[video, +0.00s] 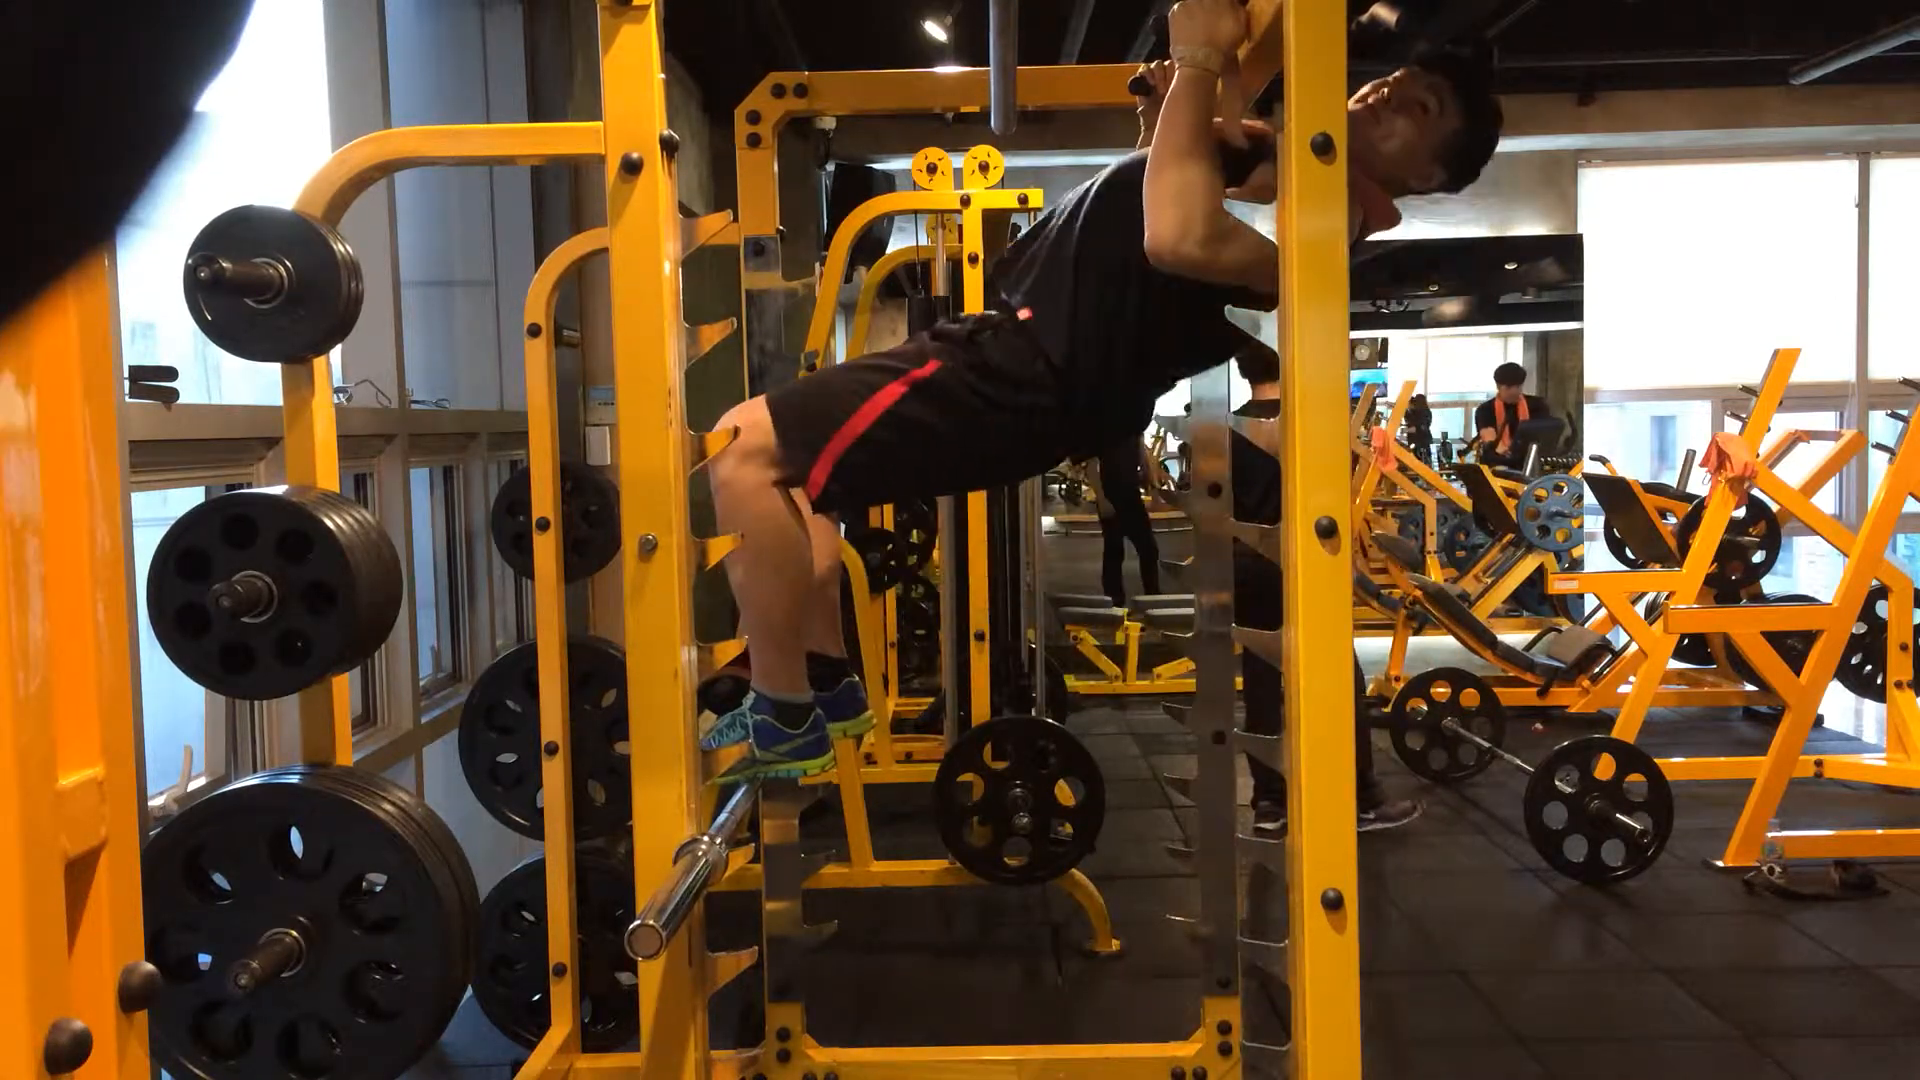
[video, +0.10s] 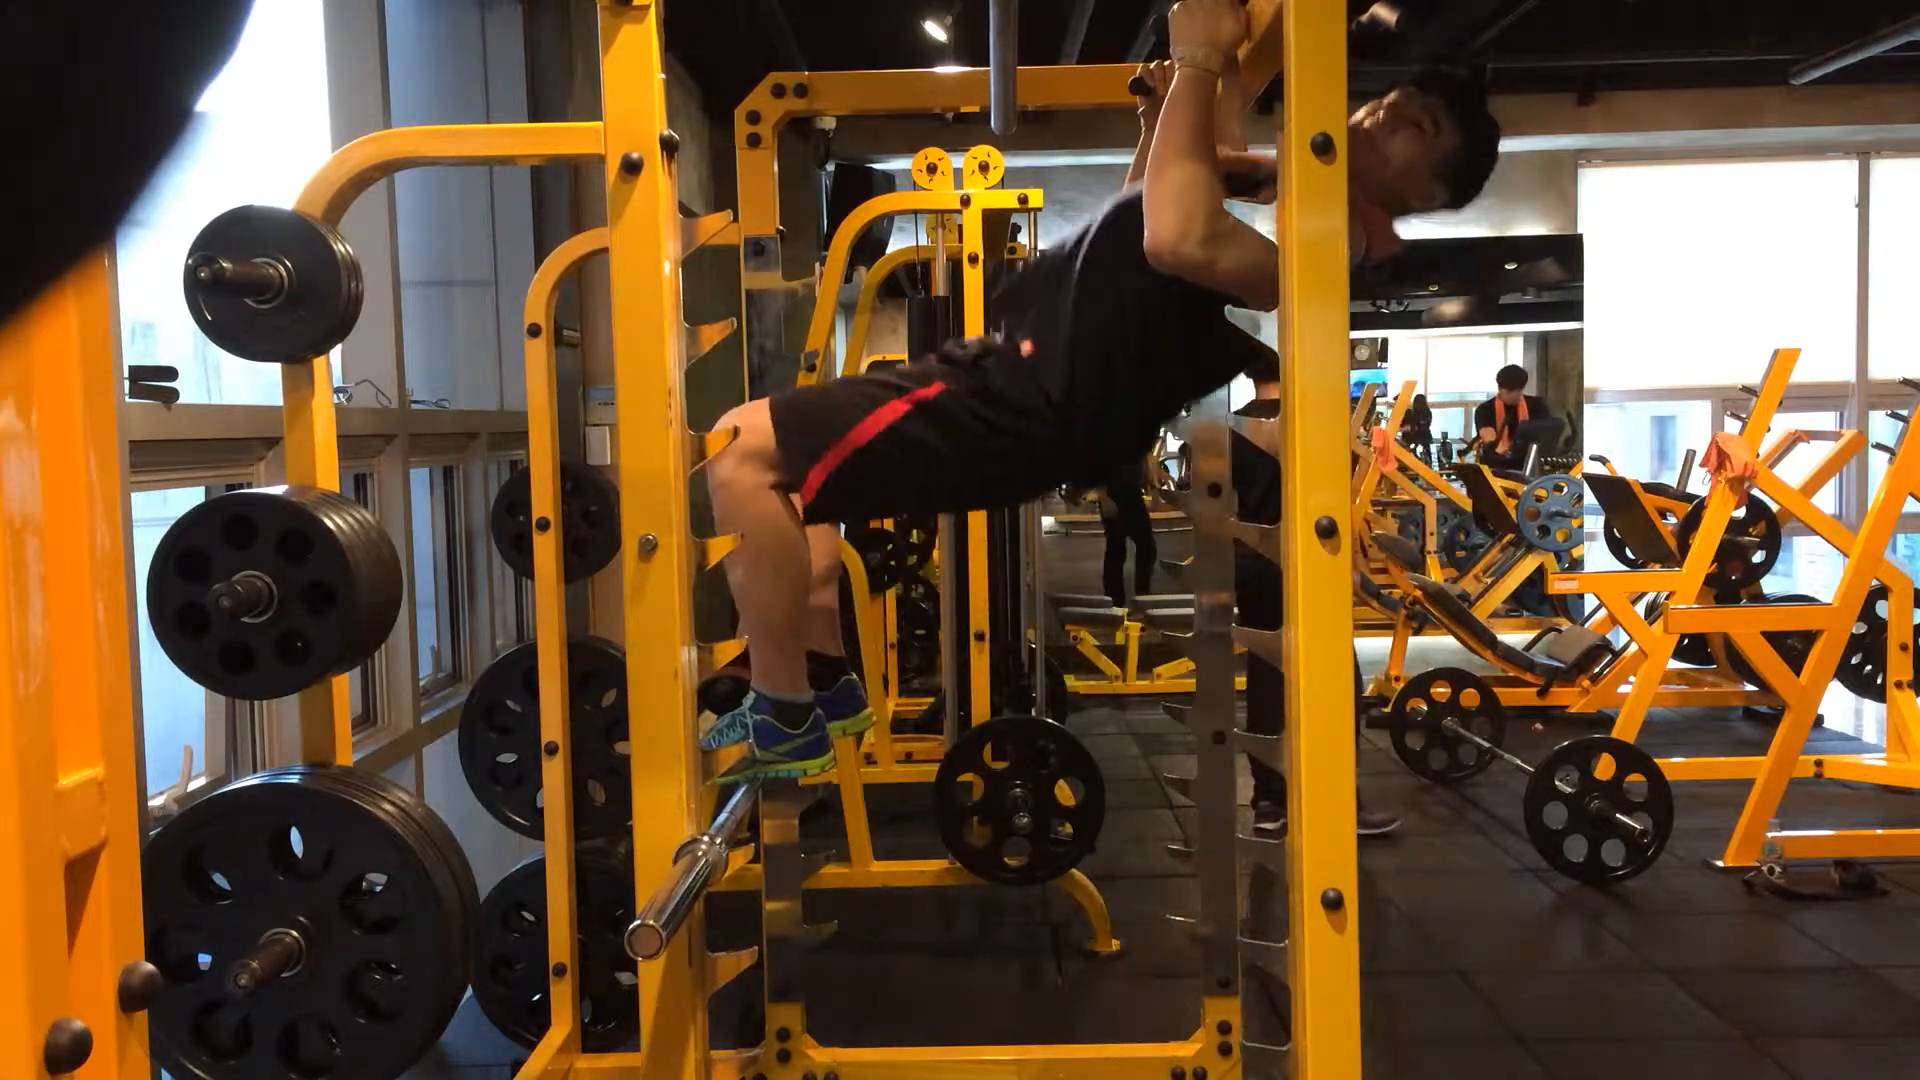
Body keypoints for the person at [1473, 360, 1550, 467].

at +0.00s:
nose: (1515, 392)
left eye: (1518, 386)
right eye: (1509, 387)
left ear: (1521, 386)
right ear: (1499, 387)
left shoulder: (1537, 404)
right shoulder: (1485, 410)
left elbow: (1545, 434)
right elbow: (1489, 443)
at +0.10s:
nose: (1517, 395)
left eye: (1519, 391)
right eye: (1512, 391)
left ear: (1522, 389)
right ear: (1500, 389)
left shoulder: (1536, 405)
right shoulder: (1485, 410)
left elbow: (1546, 434)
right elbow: (1490, 446)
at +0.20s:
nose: (1517, 394)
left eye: (1522, 390)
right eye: (1513, 389)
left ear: (1526, 389)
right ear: (1503, 387)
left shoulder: (1537, 406)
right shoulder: (1486, 409)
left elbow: (1545, 437)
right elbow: (1490, 443)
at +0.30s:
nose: (1523, 393)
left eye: (1526, 388)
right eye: (1518, 388)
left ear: (1529, 387)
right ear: (1507, 386)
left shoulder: (1538, 406)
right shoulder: (1488, 407)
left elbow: (1546, 436)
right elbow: (1492, 442)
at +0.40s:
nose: (1525, 392)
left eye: (1529, 388)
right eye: (1520, 387)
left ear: (1533, 388)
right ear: (1509, 384)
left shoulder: (1541, 407)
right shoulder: (1489, 406)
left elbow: (1547, 439)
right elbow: (1492, 442)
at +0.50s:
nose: (1525, 393)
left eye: (1529, 388)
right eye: (1520, 388)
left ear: (1533, 388)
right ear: (1509, 385)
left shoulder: (1540, 406)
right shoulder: (1490, 406)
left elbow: (1547, 437)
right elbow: (1492, 442)